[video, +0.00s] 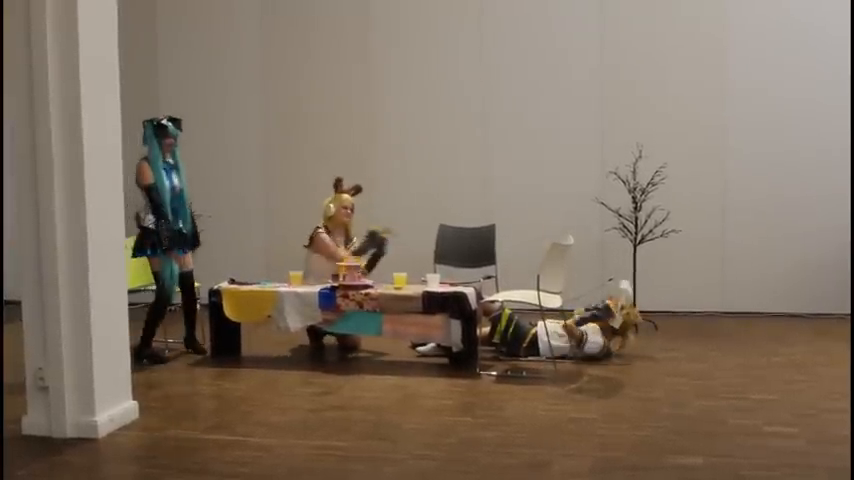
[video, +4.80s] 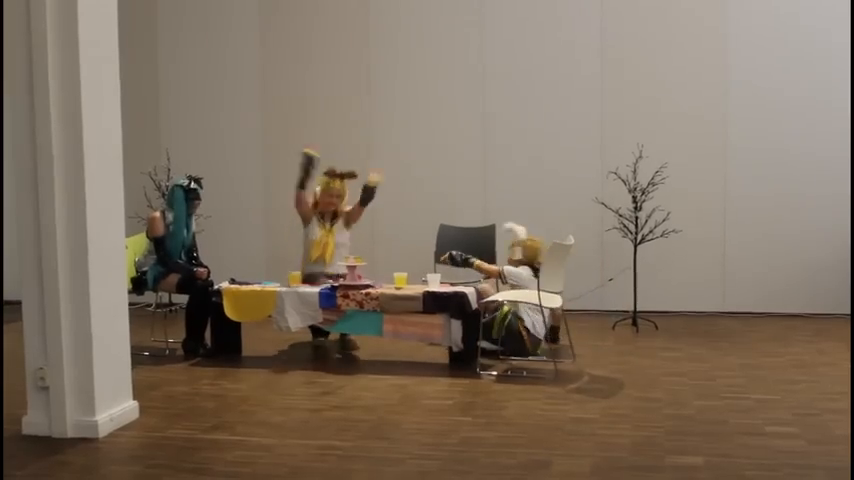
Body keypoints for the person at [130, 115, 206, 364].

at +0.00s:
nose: (172, 142)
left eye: (174, 138)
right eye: (167, 138)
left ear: (175, 140)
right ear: (155, 140)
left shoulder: (173, 165)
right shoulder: (145, 167)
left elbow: (183, 201)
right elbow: (155, 204)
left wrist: (192, 229)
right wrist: (169, 233)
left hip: (179, 232)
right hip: (156, 235)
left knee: (189, 289)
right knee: (165, 292)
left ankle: (191, 338)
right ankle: (144, 346)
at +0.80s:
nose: (193, 165)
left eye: (196, 161)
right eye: (190, 160)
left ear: (198, 163)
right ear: (180, 160)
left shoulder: (192, 183)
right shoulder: (163, 181)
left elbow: (191, 216)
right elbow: (149, 218)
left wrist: (190, 234)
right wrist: (177, 238)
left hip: (184, 243)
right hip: (161, 245)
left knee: (199, 287)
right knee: (188, 287)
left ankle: (191, 339)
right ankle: (178, 340)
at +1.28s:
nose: (183, 199)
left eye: (185, 196)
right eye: (180, 195)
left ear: (185, 197)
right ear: (169, 196)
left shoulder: (180, 217)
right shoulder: (152, 216)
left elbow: (185, 243)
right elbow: (137, 250)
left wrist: (180, 260)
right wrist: (162, 262)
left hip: (176, 268)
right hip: (157, 271)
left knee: (206, 290)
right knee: (193, 291)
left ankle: (190, 338)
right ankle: (178, 340)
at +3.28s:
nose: (189, 208)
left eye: (190, 204)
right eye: (186, 204)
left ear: (190, 204)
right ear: (174, 203)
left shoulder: (185, 222)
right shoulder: (153, 222)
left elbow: (191, 254)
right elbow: (165, 260)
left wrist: (200, 268)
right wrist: (192, 271)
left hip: (179, 269)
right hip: (159, 273)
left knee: (206, 285)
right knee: (198, 286)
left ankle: (199, 340)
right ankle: (192, 342)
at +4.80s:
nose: (195, 208)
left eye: (197, 204)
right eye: (193, 203)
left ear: (195, 203)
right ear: (180, 200)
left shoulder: (187, 221)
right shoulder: (158, 218)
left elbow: (192, 255)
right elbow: (165, 259)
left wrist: (202, 268)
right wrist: (192, 272)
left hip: (176, 269)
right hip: (155, 272)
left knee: (207, 286)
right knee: (198, 288)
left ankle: (199, 341)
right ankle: (191, 344)